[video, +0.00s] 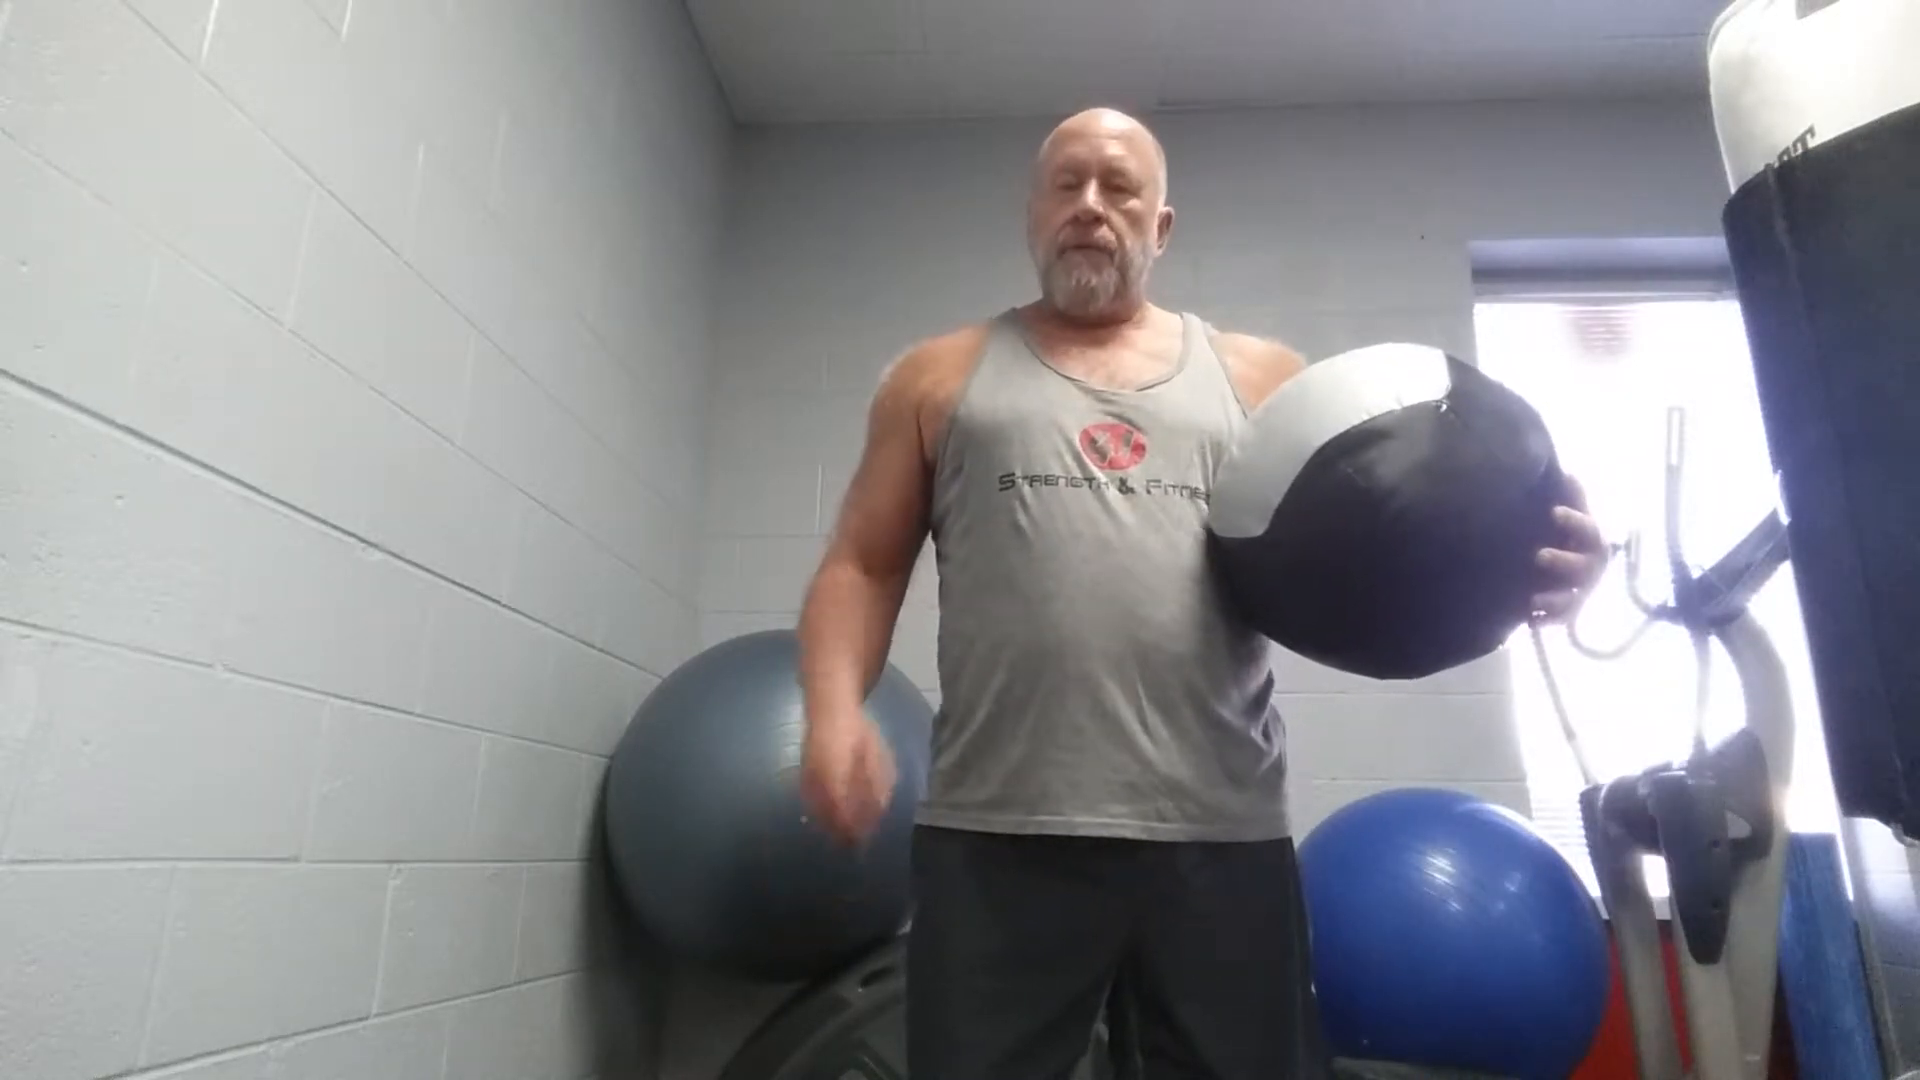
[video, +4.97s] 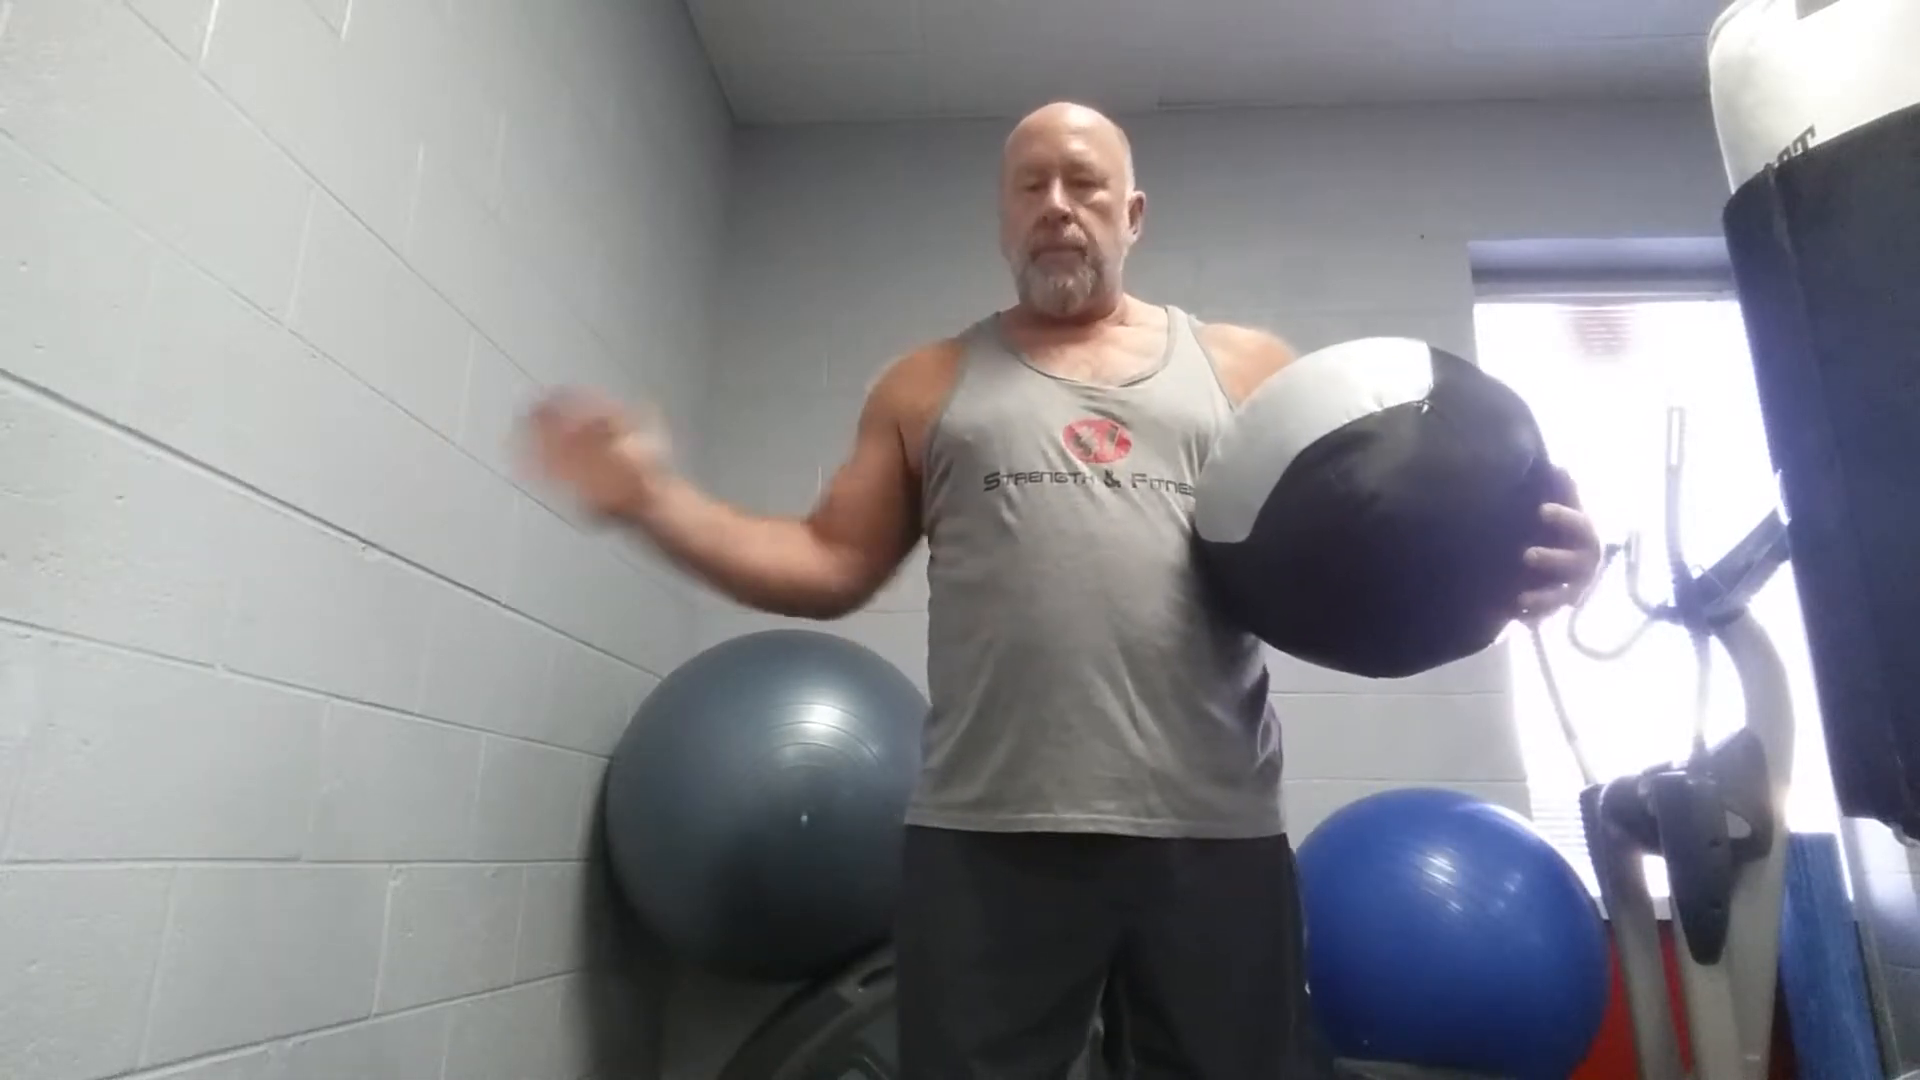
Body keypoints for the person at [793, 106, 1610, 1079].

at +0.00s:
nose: (1091, 206)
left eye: (1120, 187)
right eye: (1066, 184)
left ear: (1162, 222)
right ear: (1028, 213)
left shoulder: (1256, 374)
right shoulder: (938, 377)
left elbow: (1404, 521)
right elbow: (864, 564)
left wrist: (1545, 558)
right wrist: (832, 714)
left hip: (1222, 844)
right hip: (995, 843)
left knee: (1250, 1067)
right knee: (976, 1068)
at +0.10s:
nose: (1091, 206)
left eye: (1120, 187)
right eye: (1066, 183)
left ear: (1160, 222)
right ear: (1029, 212)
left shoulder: (1253, 373)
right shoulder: (936, 379)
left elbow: (1400, 525)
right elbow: (853, 558)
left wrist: (1540, 565)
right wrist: (876, 623)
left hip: (1221, 844)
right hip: (994, 844)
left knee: (1249, 1067)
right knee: (975, 1067)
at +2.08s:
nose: (1035, 205)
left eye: (1063, 182)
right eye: (1010, 185)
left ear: (1115, 210)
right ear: (984, 217)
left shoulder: (1235, 364)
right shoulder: (912, 389)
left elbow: (1385, 507)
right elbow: (833, 614)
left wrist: (1529, 541)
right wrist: (875, 561)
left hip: (1215, 841)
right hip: (986, 844)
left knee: (1241, 1070)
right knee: (968, 1070)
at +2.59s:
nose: (1033, 193)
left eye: (1062, 174)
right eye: (1009, 176)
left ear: (1114, 213)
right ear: (978, 214)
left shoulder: (1228, 362)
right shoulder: (908, 390)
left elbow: (1369, 527)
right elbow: (828, 590)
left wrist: (1518, 548)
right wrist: (749, 510)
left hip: (1209, 839)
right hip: (984, 843)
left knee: (1239, 1068)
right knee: (970, 1067)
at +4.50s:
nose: (1065, 196)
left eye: (1094, 178)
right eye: (1041, 175)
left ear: (1137, 217)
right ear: (1002, 209)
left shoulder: (1235, 371)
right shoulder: (916, 377)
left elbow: (1373, 531)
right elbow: (828, 592)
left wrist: (1520, 568)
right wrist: (878, 575)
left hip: (1205, 838)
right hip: (977, 836)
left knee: (1231, 1074)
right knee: (961, 1072)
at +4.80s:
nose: (1058, 199)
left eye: (1086, 178)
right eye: (1034, 178)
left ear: (1133, 212)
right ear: (998, 213)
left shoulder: (1236, 368)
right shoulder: (919, 381)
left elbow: (1377, 529)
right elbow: (842, 599)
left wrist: (1527, 564)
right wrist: (863, 525)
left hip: (1206, 834)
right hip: (979, 835)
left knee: (1231, 1068)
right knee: (967, 1068)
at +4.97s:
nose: (1060, 203)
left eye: (1086, 181)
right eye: (1035, 183)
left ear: (1136, 210)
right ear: (1000, 216)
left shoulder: (1245, 366)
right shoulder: (927, 384)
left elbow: (1383, 525)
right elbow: (824, 565)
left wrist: (1534, 557)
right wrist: (653, 498)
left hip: (1213, 840)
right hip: (986, 842)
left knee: (1254, 1073)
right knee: (970, 1074)